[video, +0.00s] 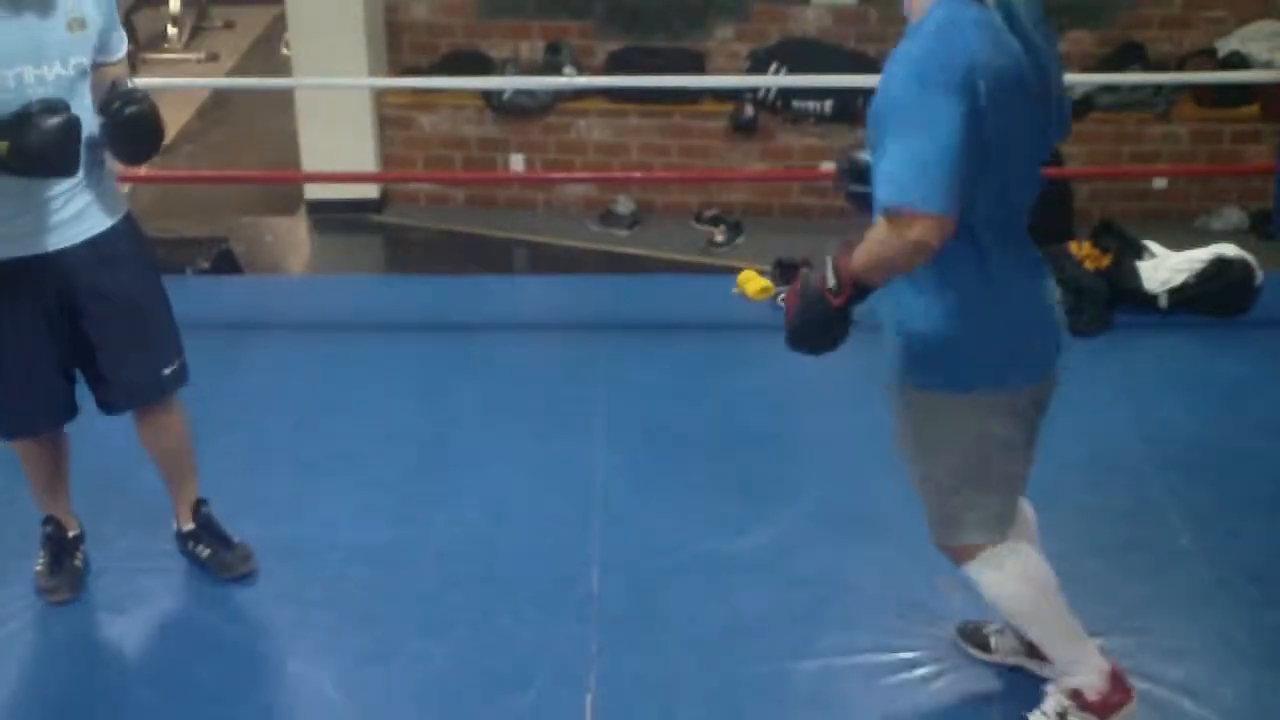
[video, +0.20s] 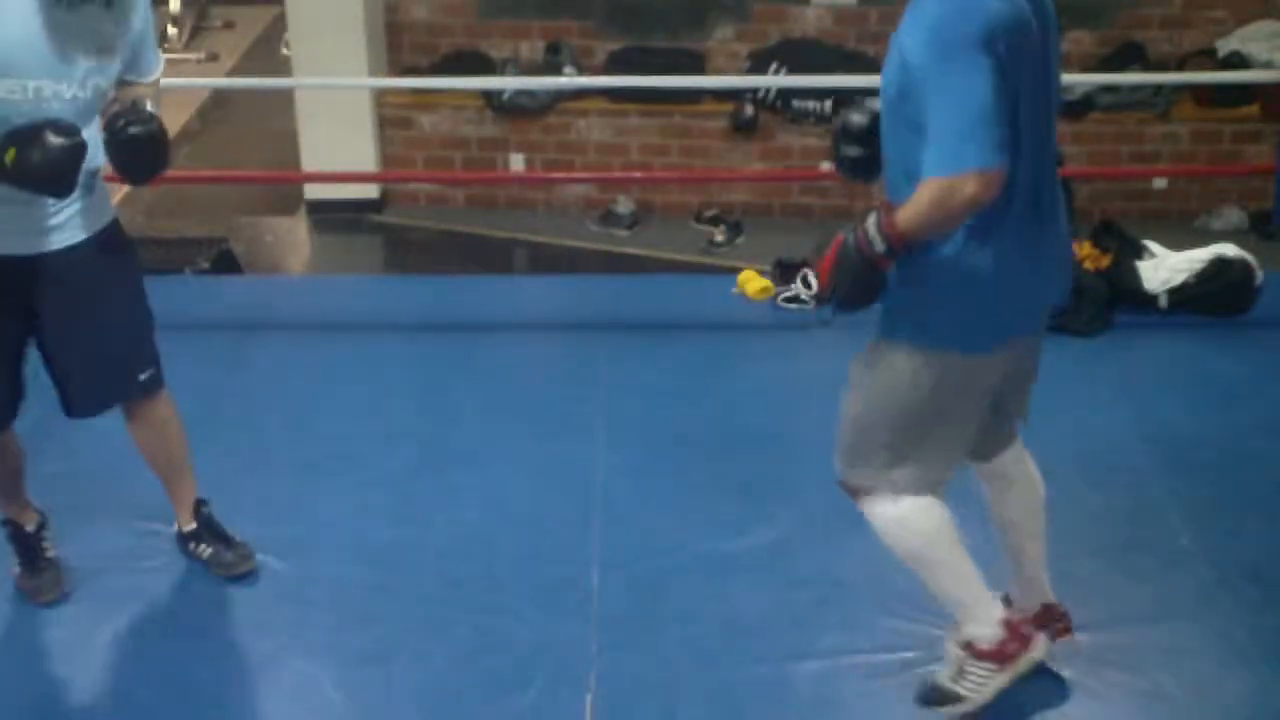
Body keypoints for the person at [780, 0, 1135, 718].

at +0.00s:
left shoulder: (926, 62)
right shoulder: (1013, 27)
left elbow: (919, 225)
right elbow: (1039, 149)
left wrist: (836, 283)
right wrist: (893, 179)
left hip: (963, 347)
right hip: (1017, 323)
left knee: (970, 534)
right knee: (999, 496)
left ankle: (1093, 683)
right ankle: (1038, 632)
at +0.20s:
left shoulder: (949, 20)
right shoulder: (1019, 8)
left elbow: (972, 175)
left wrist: (870, 243)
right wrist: (901, 151)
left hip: (953, 294)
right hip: (1019, 279)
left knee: (880, 476)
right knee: (994, 442)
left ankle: (990, 636)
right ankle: (1035, 607)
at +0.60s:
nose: (772, 8)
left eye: (777, 6)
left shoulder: (809, 79)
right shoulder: (948, 52)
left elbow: (817, 239)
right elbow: (991, 181)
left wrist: (747, 240)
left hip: (845, 355)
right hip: (949, 339)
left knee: (743, 516)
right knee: (961, 469)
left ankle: (690, 696)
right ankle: (1022, 610)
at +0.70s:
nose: (730, 9)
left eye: (732, 4)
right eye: (733, 6)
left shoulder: (741, 80)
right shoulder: (917, 33)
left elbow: (720, 242)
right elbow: (977, 148)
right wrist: (908, 212)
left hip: (814, 348)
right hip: (922, 329)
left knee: (718, 516)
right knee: (946, 460)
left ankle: (684, 698)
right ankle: (1011, 609)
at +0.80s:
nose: (698, 8)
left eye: (697, 4)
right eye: (700, 5)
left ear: (713, 0)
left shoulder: (704, 91)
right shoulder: (888, 30)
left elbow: (680, 261)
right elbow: (966, 142)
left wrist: (732, 236)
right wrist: (896, 206)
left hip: (791, 361)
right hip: (905, 339)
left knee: (708, 525)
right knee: (927, 466)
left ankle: (684, 700)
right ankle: (1004, 637)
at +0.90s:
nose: (690, 6)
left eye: (689, 2)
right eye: (691, 3)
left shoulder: (699, 94)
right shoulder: (877, 28)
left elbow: (674, 277)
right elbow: (952, 146)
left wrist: (668, 294)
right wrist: (881, 208)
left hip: (782, 366)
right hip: (900, 346)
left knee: (705, 534)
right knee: (925, 486)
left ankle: (679, 702)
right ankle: (1001, 673)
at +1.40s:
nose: (833, 3)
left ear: (897, 6)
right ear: (960, 10)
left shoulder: (883, 127)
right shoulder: (1043, 100)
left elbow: (882, 310)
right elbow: (1044, 250)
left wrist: (803, 290)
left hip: (907, 438)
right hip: (1027, 433)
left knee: (786, 586)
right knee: (994, 634)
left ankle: (758, 709)